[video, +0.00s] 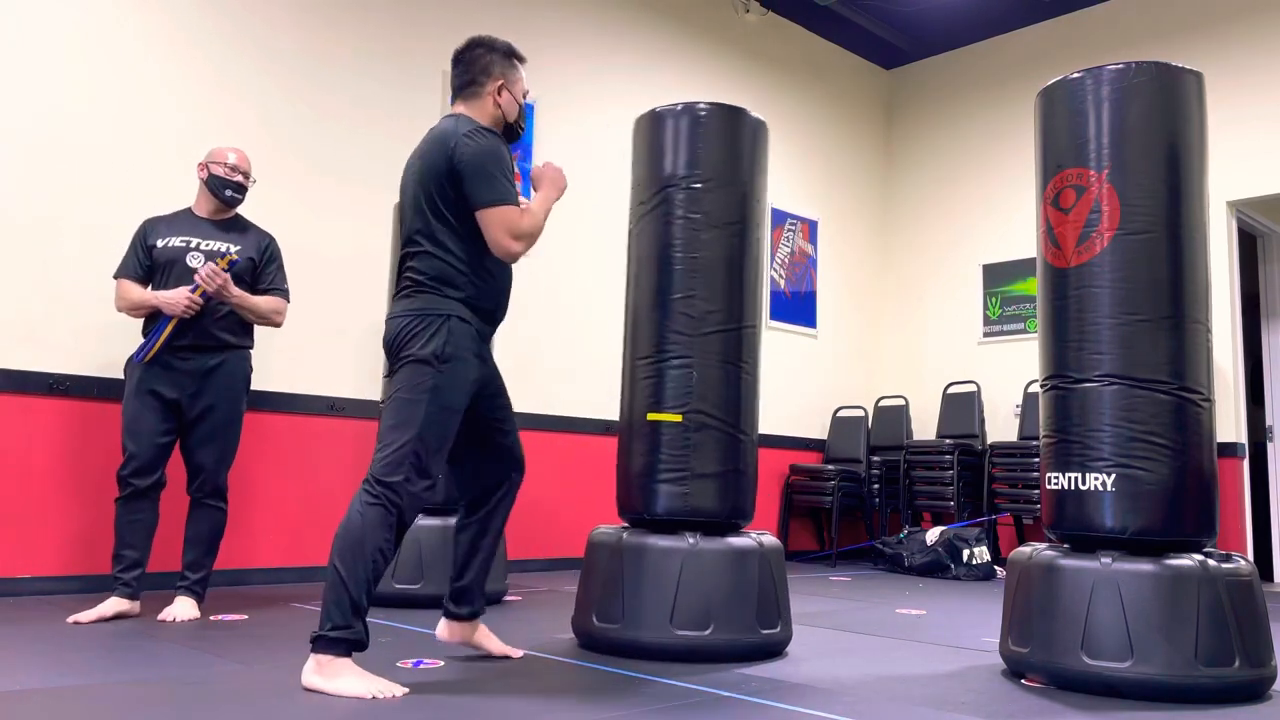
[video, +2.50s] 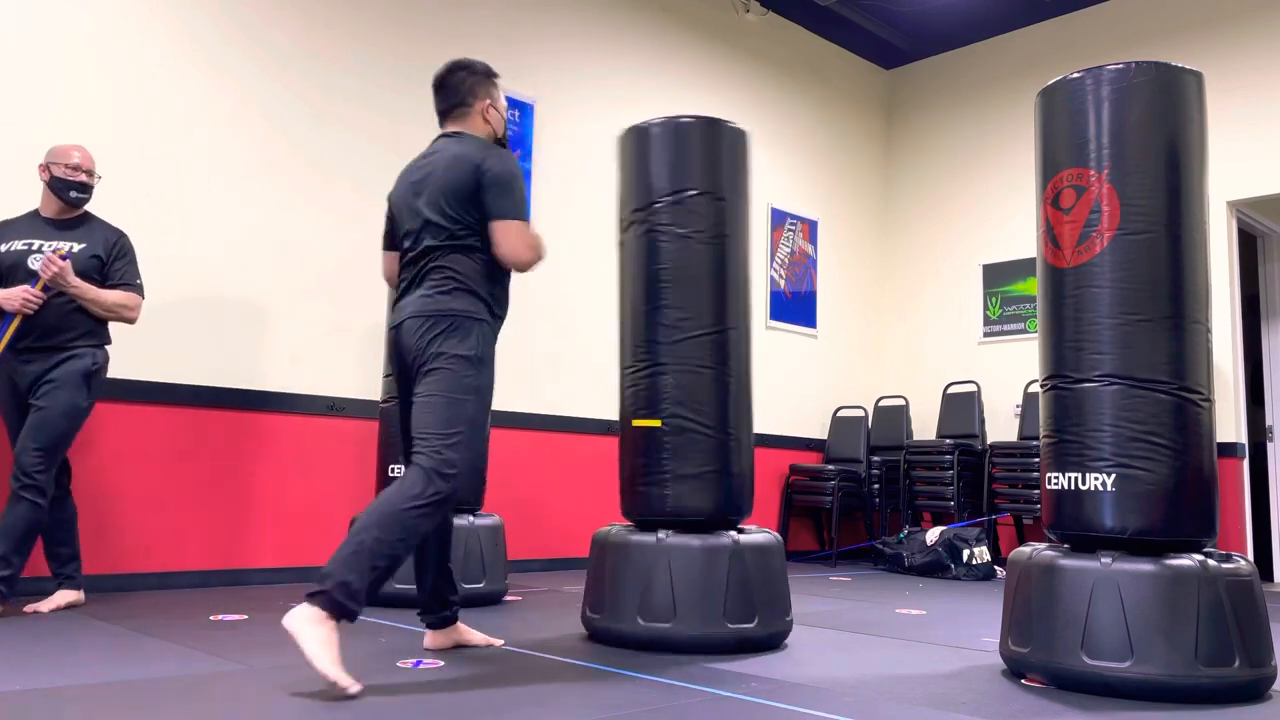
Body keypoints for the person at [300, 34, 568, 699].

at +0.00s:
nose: (522, 105)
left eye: (522, 94)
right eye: (520, 93)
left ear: (467, 88)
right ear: (499, 88)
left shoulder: (440, 143)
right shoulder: (473, 142)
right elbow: (510, 241)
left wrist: (517, 193)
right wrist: (547, 194)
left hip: (447, 328)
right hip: (443, 327)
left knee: (496, 467)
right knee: (395, 485)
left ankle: (463, 620)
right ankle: (330, 655)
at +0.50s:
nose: (546, 134)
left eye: (546, 126)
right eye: (545, 125)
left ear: (483, 123)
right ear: (532, 122)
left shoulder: (435, 176)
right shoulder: (538, 152)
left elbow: (427, 262)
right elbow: (639, 198)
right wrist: (667, 207)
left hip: (426, 325)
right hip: (477, 323)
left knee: (457, 482)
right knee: (439, 484)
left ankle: (463, 627)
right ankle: (355, 638)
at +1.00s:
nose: (554, 133)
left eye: (555, 121)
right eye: (552, 119)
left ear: (509, 113)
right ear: (528, 114)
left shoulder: (484, 164)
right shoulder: (489, 165)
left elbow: (496, 266)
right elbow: (499, 266)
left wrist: (557, 266)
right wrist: (571, 266)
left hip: (463, 339)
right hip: (445, 335)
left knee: (487, 474)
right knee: (426, 484)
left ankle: (470, 616)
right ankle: (367, 649)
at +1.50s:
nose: (543, 153)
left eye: (542, 145)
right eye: (543, 145)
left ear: (484, 140)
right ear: (531, 140)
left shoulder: (437, 187)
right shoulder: (538, 172)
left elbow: (425, 266)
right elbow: (588, 248)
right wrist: (555, 214)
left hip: (434, 329)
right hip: (495, 327)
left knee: (448, 468)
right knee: (496, 468)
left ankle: (457, 617)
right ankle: (435, 618)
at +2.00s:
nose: (549, 129)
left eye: (547, 119)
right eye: (546, 118)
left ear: (507, 117)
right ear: (527, 114)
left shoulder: (514, 182)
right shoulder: (488, 161)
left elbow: (563, 249)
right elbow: (501, 233)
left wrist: (630, 234)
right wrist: (563, 227)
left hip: (495, 345)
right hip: (481, 344)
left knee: (490, 484)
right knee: (487, 485)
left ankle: (444, 617)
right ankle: (409, 636)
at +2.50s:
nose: (505, 114)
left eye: (501, 104)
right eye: (502, 105)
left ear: (444, 111)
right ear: (489, 106)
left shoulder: (410, 173)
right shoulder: (491, 160)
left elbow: (392, 272)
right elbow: (514, 249)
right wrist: (537, 243)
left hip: (408, 319)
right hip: (458, 314)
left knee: (434, 472)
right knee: (442, 470)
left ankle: (441, 623)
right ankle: (322, 611)